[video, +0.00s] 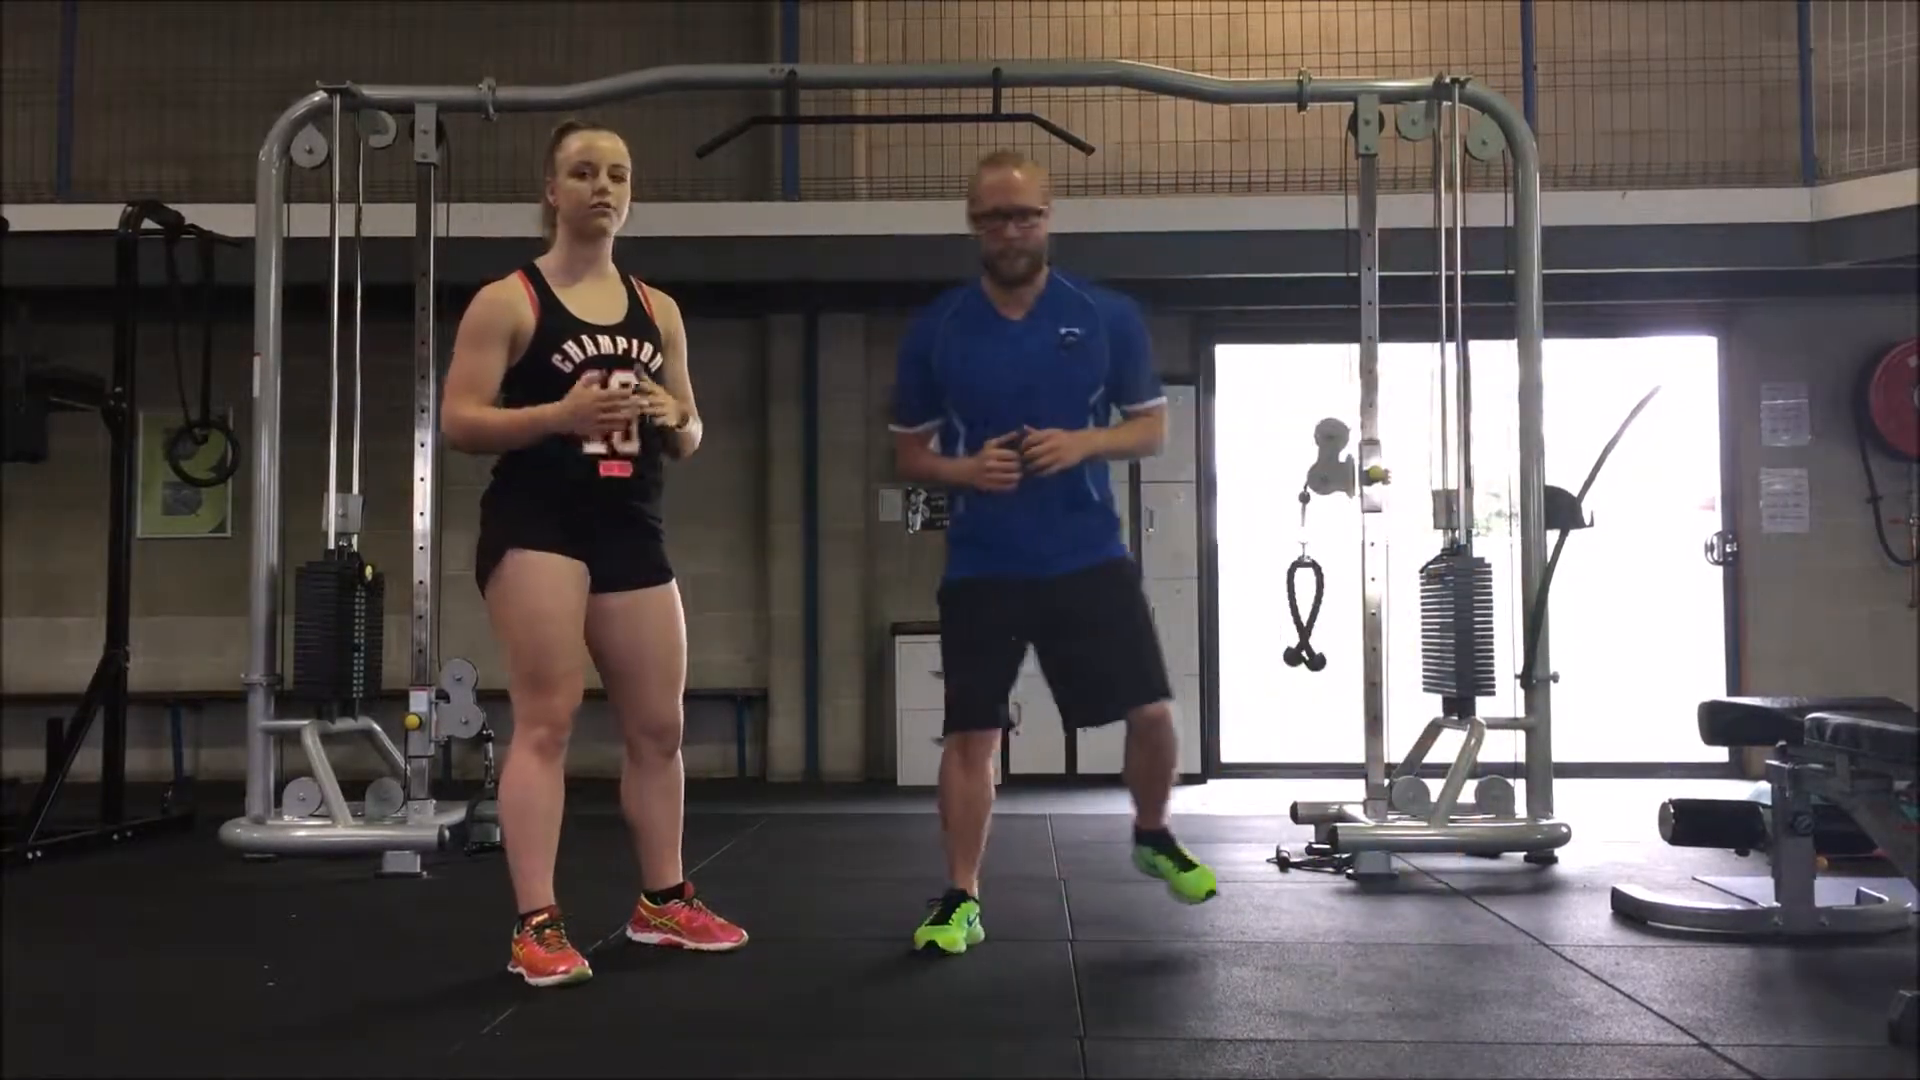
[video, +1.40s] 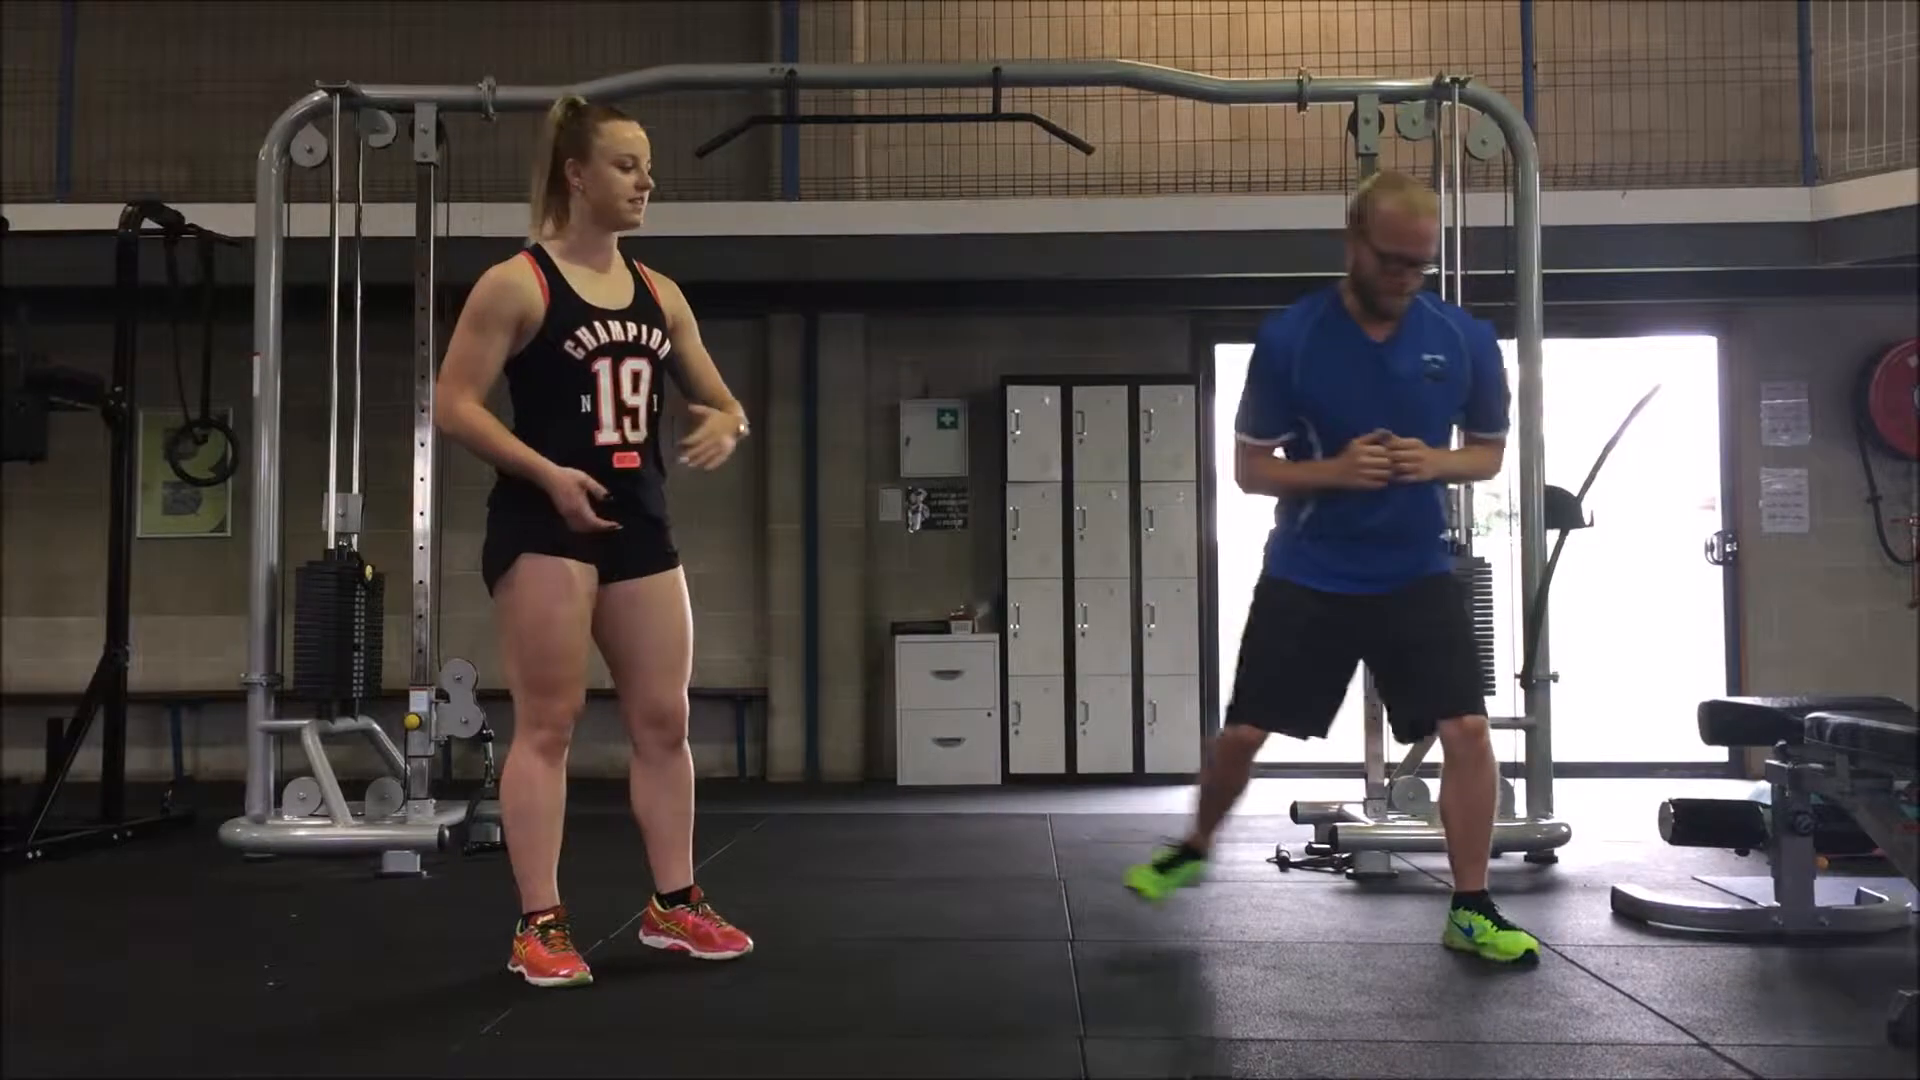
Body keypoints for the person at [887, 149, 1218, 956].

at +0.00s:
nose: (1011, 231)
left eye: (1025, 216)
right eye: (994, 218)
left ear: (1050, 219)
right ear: (972, 225)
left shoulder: (1108, 318)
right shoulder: (936, 332)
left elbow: (1151, 429)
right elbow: (908, 455)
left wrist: (1083, 443)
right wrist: (965, 468)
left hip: (1088, 560)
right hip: (984, 568)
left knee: (1152, 713)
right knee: (971, 733)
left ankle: (1152, 835)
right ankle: (960, 897)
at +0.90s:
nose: (1054, 299)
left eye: (1068, 282)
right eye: (1037, 282)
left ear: (1085, 273)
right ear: (1003, 273)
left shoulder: (1129, 352)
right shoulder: (957, 379)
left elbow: (1176, 456)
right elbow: (934, 504)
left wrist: (1117, 493)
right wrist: (991, 524)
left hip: (1123, 585)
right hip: (1014, 591)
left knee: (1196, 717)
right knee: (981, 745)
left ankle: (1196, 873)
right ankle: (962, 903)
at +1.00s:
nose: (1128, 263)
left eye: (1141, 247)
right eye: (1112, 246)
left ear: (1155, 238)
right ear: (1077, 234)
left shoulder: (1188, 320)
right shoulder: (1024, 341)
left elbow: (1229, 429)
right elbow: (987, 456)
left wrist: (1178, 442)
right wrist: (1058, 469)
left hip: (1174, 563)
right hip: (1064, 572)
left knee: (1262, 694)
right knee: (1010, 729)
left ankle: (1307, 861)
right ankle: (964, 897)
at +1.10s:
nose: (1222, 230)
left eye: (1231, 213)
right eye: (1206, 214)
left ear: (1243, 203)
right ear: (1163, 206)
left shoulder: (1272, 287)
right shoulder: (1100, 295)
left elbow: (1304, 405)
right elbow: (1065, 418)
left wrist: (1257, 405)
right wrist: (1146, 425)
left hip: (1243, 537)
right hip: (1131, 541)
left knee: (1334, 690)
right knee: (1051, 699)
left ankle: (1416, 856)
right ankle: (976, 859)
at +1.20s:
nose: (1306, 240)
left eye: (1316, 223)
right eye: (1290, 224)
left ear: (1325, 212)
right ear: (1245, 213)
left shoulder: (1358, 297)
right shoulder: (1181, 299)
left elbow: (1382, 417)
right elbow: (1141, 428)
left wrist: (1331, 420)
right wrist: (1224, 433)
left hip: (1321, 546)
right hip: (1209, 543)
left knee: (1402, 710)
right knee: (1111, 691)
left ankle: (1469, 886)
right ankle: (1017, 838)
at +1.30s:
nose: (1368, 271)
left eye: (1381, 255)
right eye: (1352, 254)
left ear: (1394, 245)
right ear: (1310, 239)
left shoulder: (1423, 330)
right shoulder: (1249, 332)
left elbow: (1452, 448)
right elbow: (1209, 458)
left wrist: (1400, 452)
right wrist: (1289, 462)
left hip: (1378, 573)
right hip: (1267, 574)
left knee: (1454, 721)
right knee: (1177, 715)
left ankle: (1472, 903)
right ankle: (1101, 835)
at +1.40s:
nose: (1408, 278)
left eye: (1422, 263)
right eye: (1394, 261)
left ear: (1436, 254)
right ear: (1351, 245)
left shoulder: (1462, 339)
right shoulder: (1289, 337)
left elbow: (1488, 455)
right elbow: (1251, 468)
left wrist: (1441, 462)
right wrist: (1334, 471)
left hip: (1417, 577)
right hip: (1307, 577)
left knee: (1467, 728)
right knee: (1242, 732)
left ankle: (1472, 905)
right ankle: (1194, 846)